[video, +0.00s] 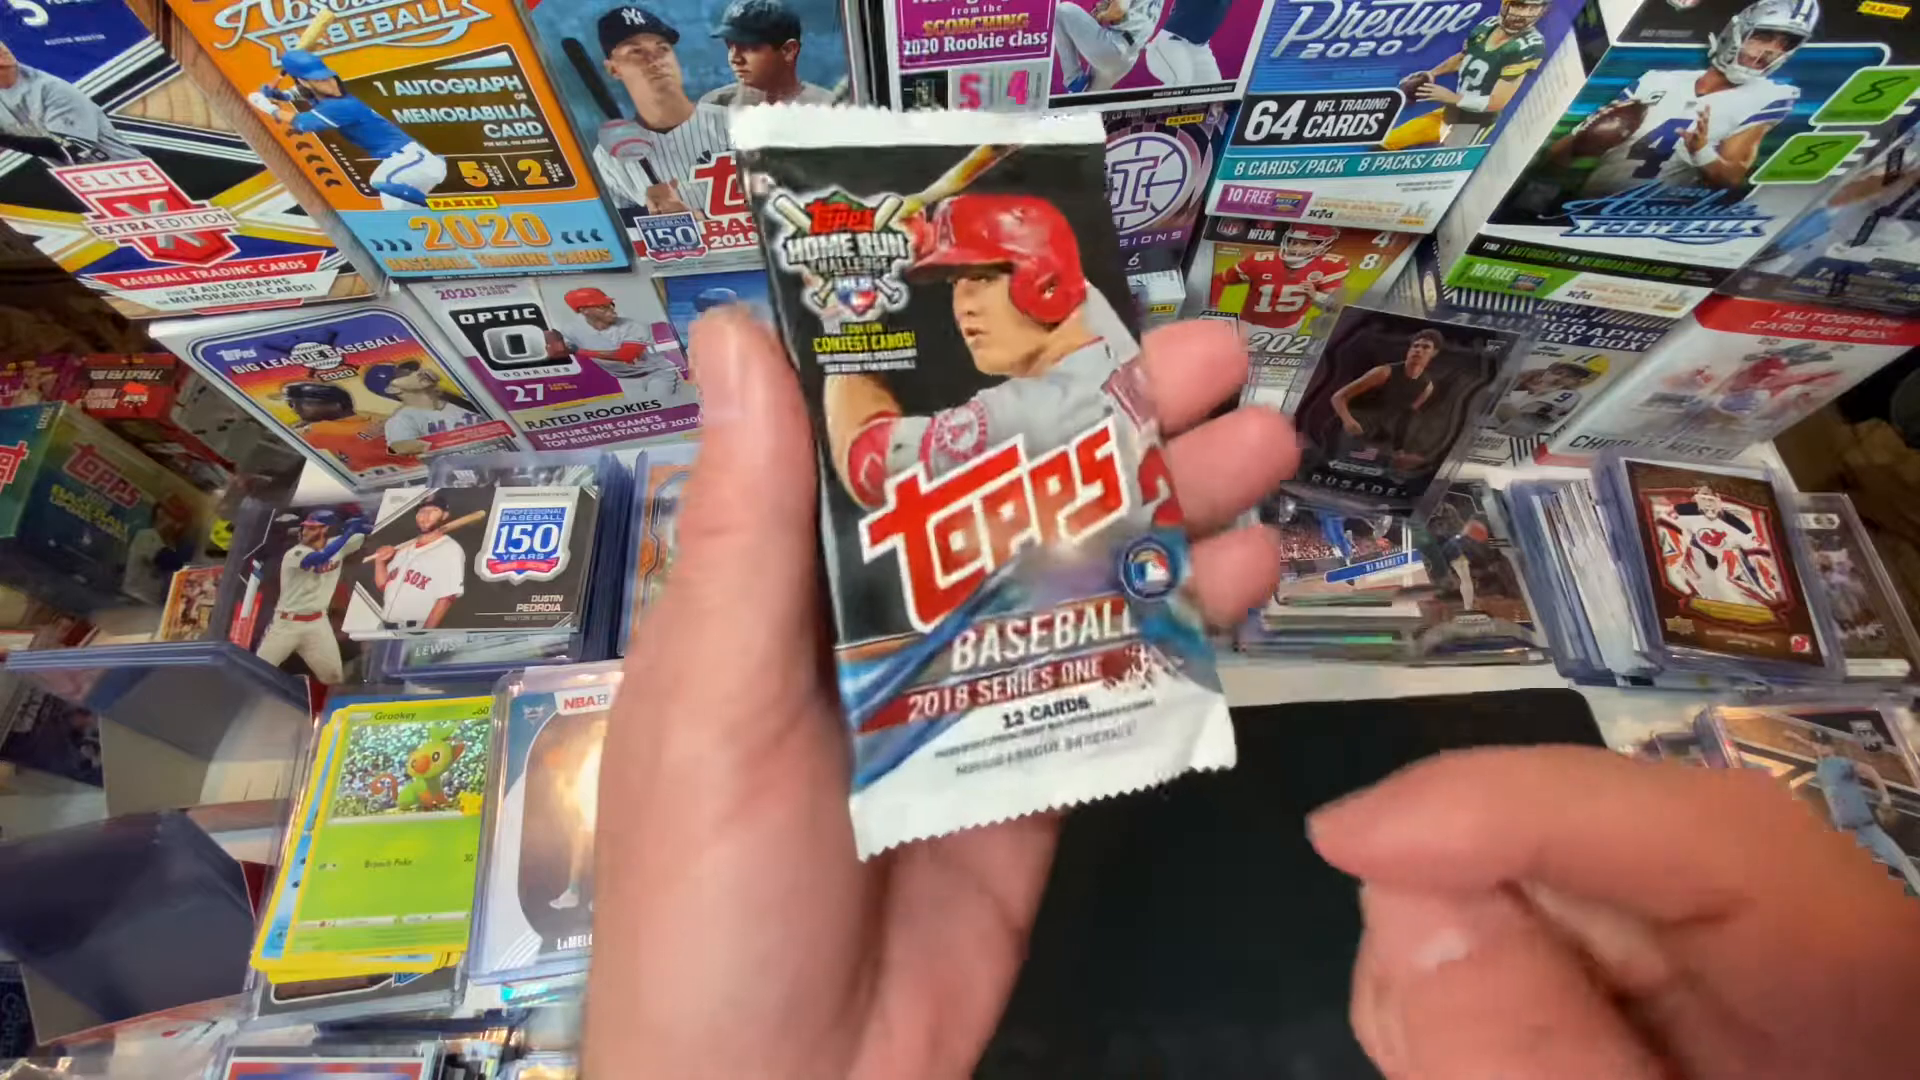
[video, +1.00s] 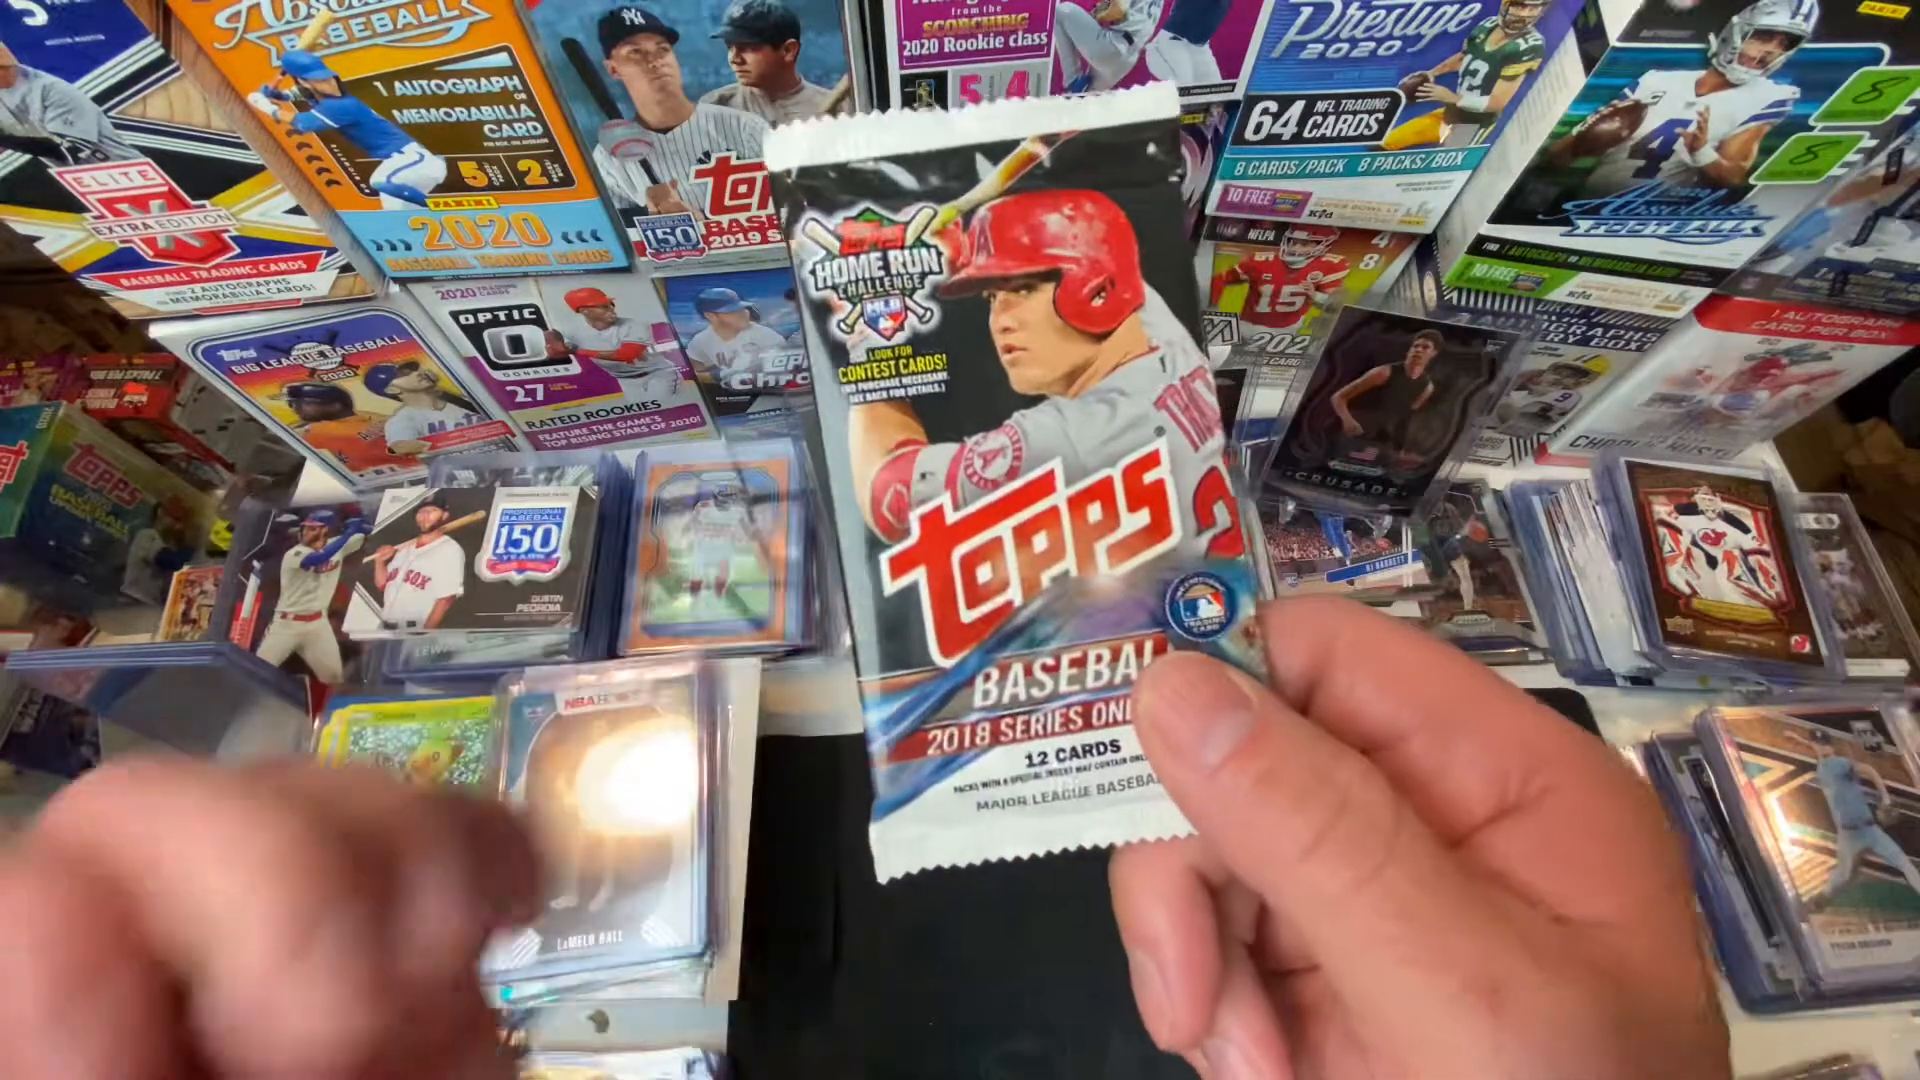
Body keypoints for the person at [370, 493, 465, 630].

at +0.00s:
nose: (426, 517)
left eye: (433, 511)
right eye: (422, 511)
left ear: (444, 515)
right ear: (416, 515)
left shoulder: (451, 550)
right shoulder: (405, 548)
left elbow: (446, 599)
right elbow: (383, 586)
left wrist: (424, 634)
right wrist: (380, 562)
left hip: (415, 631)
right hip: (386, 627)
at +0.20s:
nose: (425, 517)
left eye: (432, 512)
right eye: (421, 511)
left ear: (444, 515)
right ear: (416, 516)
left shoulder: (451, 550)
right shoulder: (406, 547)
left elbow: (446, 598)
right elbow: (382, 585)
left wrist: (424, 634)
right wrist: (380, 562)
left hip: (415, 631)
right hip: (386, 627)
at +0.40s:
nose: (426, 516)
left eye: (432, 511)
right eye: (422, 511)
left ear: (445, 516)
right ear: (416, 516)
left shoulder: (451, 550)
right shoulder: (404, 548)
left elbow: (447, 597)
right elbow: (382, 585)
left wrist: (425, 633)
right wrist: (380, 561)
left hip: (416, 631)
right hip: (386, 628)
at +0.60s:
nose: (426, 516)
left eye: (432, 511)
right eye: (422, 511)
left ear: (445, 516)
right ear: (416, 516)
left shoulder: (451, 550)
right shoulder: (404, 548)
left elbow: (447, 598)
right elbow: (382, 584)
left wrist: (425, 633)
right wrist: (380, 561)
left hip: (416, 631)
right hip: (386, 628)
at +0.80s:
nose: (426, 516)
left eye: (433, 511)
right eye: (422, 511)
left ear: (445, 516)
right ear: (416, 516)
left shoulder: (451, 550)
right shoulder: (404, 548)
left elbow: (447, 598)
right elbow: (382, 584)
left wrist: (425, 633)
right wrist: (380, 561)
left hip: (416, 630)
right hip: (387, 628)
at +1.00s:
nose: (425, 516)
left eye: (432, 511)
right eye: (422, 512)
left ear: (444, 516)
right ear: (416, 516)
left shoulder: (451, 550)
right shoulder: (405, 548)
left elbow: (446, 598)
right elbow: (382, 585)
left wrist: (424, 634)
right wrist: (379, 562)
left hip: (416, 631)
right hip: (386, 627)